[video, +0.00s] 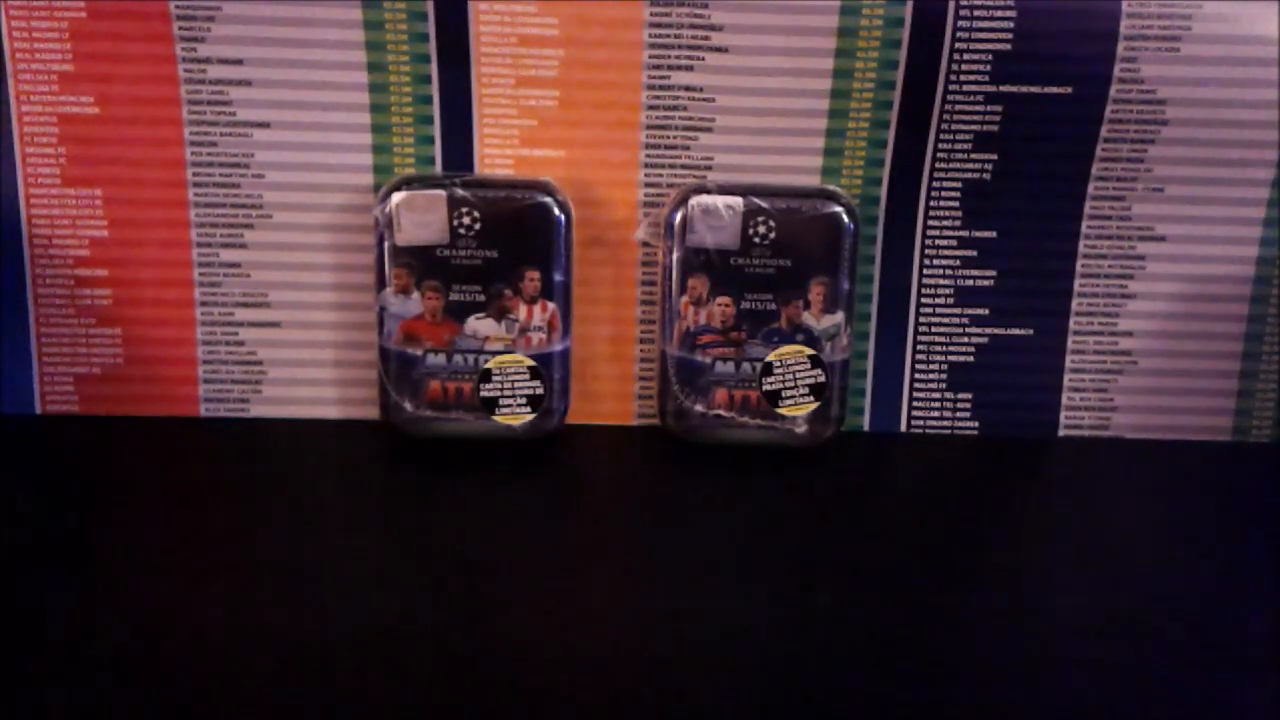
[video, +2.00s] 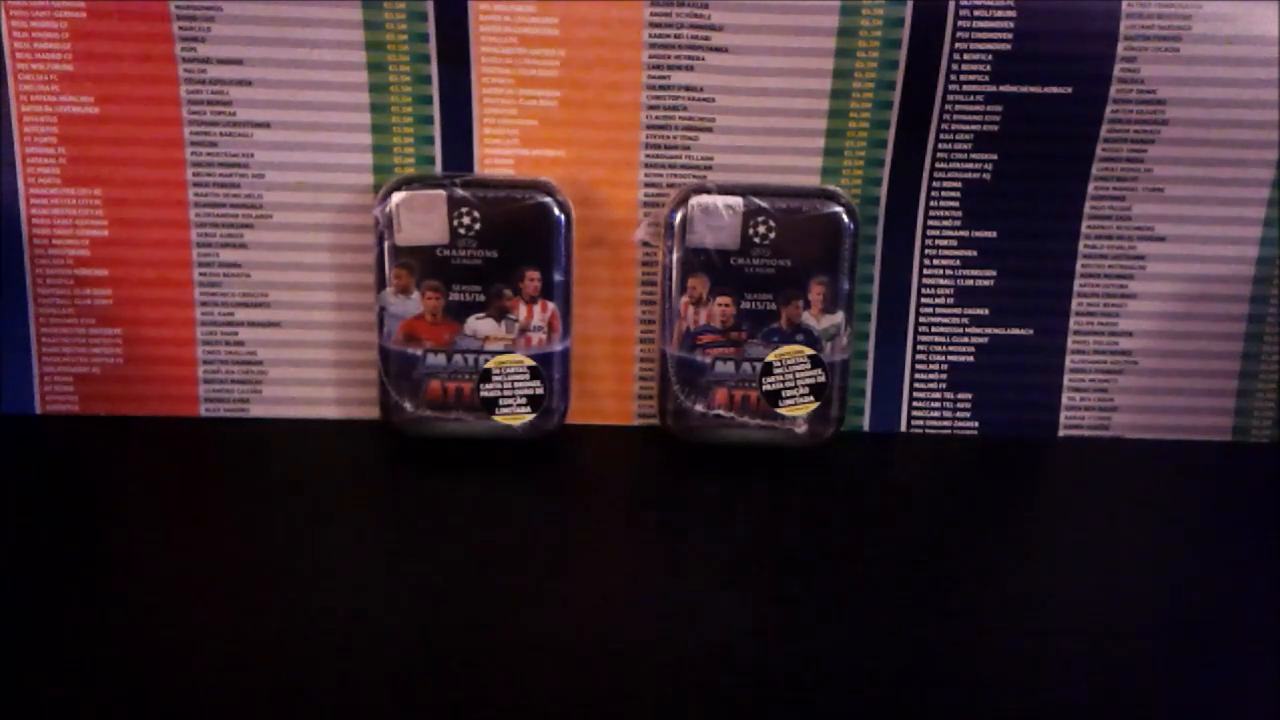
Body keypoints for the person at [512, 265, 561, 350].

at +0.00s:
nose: (536, 285)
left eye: (538, 281)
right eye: (531, 280)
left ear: (541, 283)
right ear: (521, 284)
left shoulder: (551, 308)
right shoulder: (511, 306)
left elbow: (556, 337)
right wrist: (520, 329)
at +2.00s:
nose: (536, 285)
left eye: (539, 281)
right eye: (531, 280)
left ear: (541, 283)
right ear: (521, 284)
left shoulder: (550, 308)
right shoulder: (513, 305)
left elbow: (556, 337)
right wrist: (520, 328)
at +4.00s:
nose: (536, 285)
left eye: (539, 281)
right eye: (531, 280)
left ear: (541, 283)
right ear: (521, 284)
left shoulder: (550, 308)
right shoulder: (512, 306)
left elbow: (556, 337)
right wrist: (520, 329)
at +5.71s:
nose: (536, 285)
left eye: (538, 281)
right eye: (531, 281)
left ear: (541, 283)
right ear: (521, 284)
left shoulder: (549, 307)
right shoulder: (512, 306)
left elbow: (556, 333)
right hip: (519, 352)